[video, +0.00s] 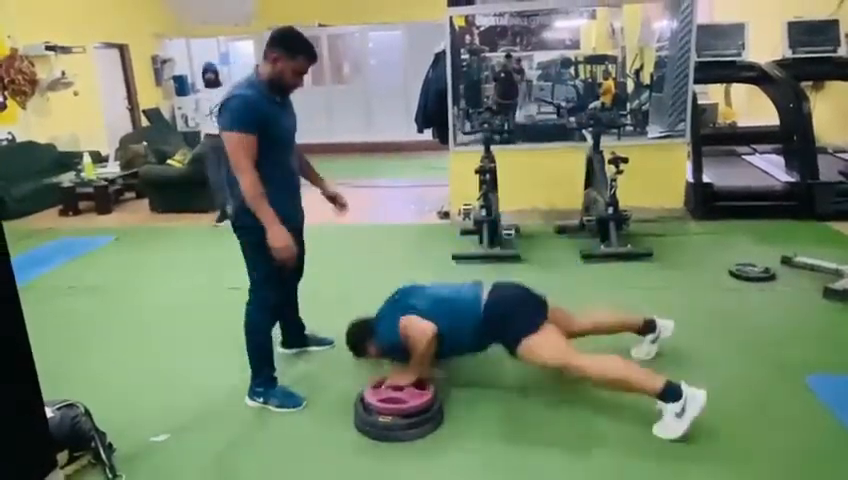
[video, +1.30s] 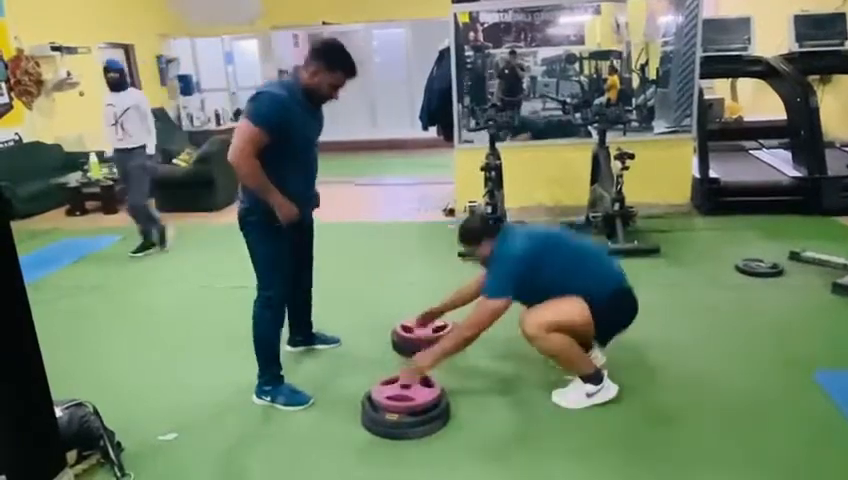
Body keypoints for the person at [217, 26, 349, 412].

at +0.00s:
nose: (302, 81)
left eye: (304, 73)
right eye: (298, 72)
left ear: (281, 63)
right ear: (274, 60)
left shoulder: (278, 97)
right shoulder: (242, 103)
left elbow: (288, 153)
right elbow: (244, 174)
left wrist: (323, 187)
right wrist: (272, 226)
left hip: (287, 210)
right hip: (257, 216)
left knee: (288, 276)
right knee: (265, 296)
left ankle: (294, 335)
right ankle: (262, 384)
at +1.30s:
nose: (337, 93)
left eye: (341, 86)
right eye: (335, 84)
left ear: (320, 75)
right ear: (313, 72)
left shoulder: (311, 105)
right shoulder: (272, 100)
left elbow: (294, 154)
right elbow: (239, 156)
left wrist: (303, 196)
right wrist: (276, 200)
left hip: (298, 211)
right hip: (265, 214)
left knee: (301, 277)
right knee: (273, 292)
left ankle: (301, 334)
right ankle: (269, 382)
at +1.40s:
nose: (352, 110)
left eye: (356, 104)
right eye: (350, 102)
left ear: (335, 90)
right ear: (329, 86)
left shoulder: (322, 115)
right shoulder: (287, 112)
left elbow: (295, 157)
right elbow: (247, 163)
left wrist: (306, 192)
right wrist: (278, 202)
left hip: (291, 212)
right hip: (257, 217)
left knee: (310, 267)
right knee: (281, 289)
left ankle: (302, 333)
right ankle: (269, 382)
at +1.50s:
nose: (367, 144)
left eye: (370, 137)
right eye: (366, 136)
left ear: (350, 125)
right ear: (347, 124)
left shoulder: (333, 148)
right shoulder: (306, 146)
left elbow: (321, 182)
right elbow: (270, 206)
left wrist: (332, 216)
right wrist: (302, 250)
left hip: (287, 220)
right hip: (252, 226)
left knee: (320, 267)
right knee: (291, 297)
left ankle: (302, 332)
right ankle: (269, 385)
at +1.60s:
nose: (377, 184)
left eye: (380, 179)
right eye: (376, 177)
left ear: (359, 165)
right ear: (359, 166)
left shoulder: (339, 182)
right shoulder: (318, 190)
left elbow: (346, 225)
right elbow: (300, 259)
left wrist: (367, 266)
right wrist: (340, 307)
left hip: (283, 242)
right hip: (255, 254)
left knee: (335, 275)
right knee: (307, 310)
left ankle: (306, 333)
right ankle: (270, 387)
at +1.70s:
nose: (388, 226)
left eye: (391, 220)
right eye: (386, 218)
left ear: (369, 204)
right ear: (370, 207)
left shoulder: (352, 219)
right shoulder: (331, 229)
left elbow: (371, 262)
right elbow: (329, 303)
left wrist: (402, 304)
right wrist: (368, 344)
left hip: (289, 273)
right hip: (261, 288)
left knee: (346, 283)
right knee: (316, 326)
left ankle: (316, 335)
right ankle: (271, 387)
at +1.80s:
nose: (403, 260)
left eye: (407, 254)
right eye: (404, 253)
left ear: (389, 235)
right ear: (391, 241)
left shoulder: (367, 241)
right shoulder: (345, 255)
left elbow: (385, 282)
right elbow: (347, 330)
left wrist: (412, 318)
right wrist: (387, 373)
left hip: (300, 292)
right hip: (273, 305)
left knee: (358, 292)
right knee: (329, 338)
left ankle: (325, 344)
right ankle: (273, 385)